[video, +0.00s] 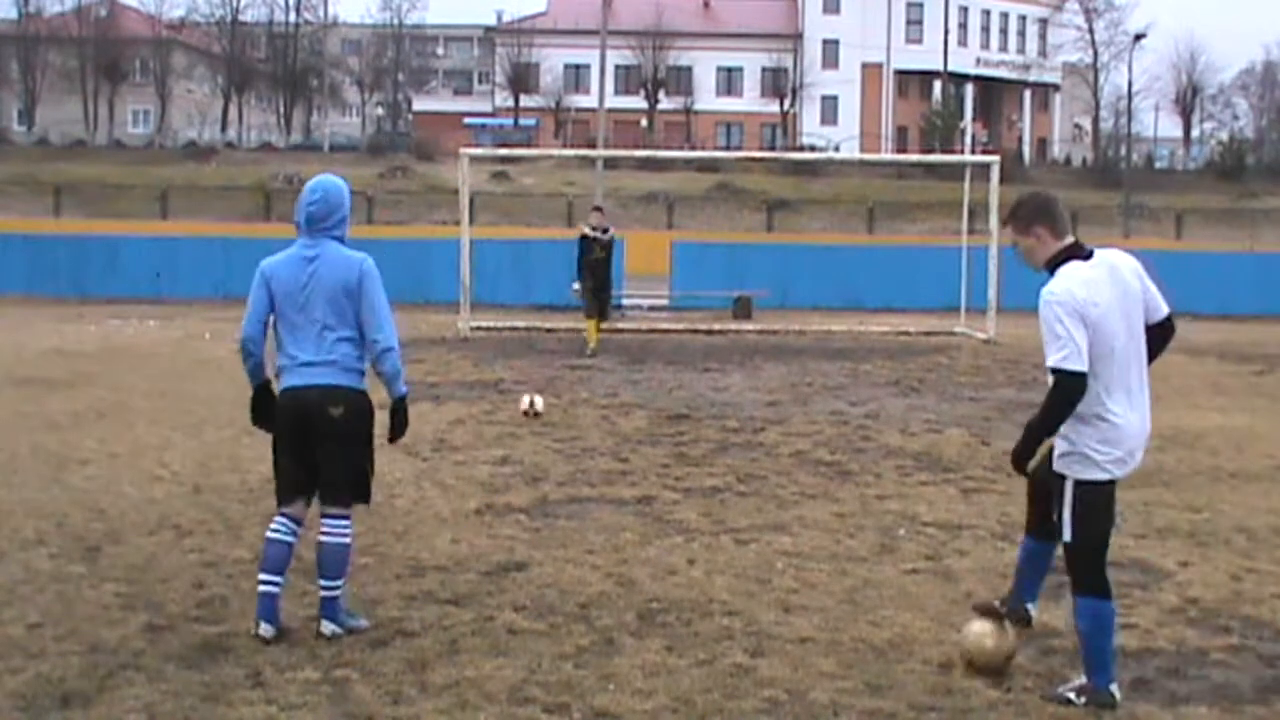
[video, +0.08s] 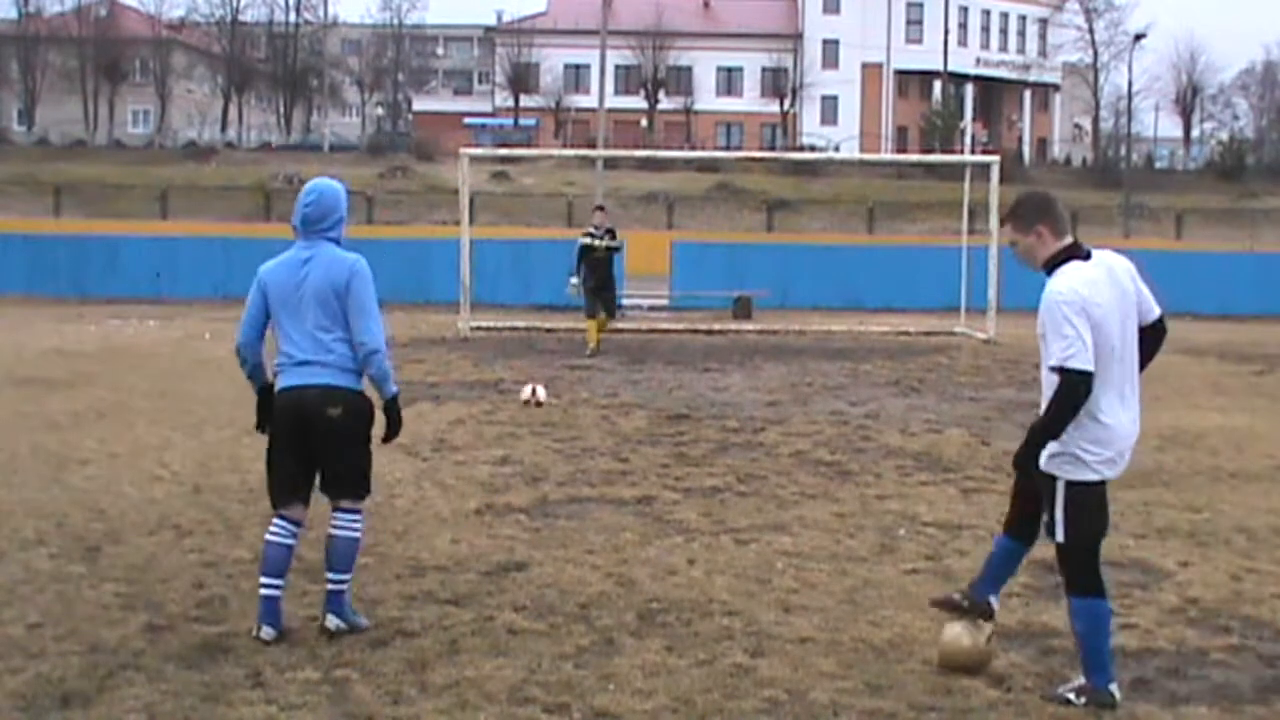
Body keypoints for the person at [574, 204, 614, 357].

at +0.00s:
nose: (595, 222)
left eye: (598, 218)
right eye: (592, 218)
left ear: (603, 220)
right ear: (589, 220)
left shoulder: (608, 238)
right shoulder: (584, 238)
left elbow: (608, 262)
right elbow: (580, 260)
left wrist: (610, 283)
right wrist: (578, 279)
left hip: (604, 281)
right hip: (588, 280)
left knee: (600, 314)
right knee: (591, 312)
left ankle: (592, 337)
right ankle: (592, 343)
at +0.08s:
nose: (599, 219)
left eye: (602, 216)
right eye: (597, 215)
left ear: (606, 218)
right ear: (592, 217)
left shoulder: (610, 234)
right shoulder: (586, 236)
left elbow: (616, 247)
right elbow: (579, 257)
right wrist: (576, 276)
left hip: (606, 279)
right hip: (590, 279)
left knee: (610, 312)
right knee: (591, 313)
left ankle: (596, 330)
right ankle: (592, 343)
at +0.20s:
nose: (603, 219)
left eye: (606, 216)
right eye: (601, 216)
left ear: (610, 218)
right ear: (596, 217)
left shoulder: (616, 234)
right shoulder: (589, 236)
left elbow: (625, 253)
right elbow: (579, 255)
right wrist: (574, 267)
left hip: (611, 277)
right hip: (594, 277)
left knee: (617, 309)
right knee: (594, 312)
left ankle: (615, 340)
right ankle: (592, 343)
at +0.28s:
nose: (608, 219)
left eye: (610, 216)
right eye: (605, 215)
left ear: (614, 217)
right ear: (600, 217)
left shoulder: (619, 234)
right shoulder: (593, 234)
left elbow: (626, 250)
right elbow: (583, 250)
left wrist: (632, 261)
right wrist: (577, 259)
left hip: (614, 277)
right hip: (597, 277)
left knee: (620, 310)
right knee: (596, 312)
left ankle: (620, 341)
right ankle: (593, 344)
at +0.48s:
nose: (622, 218)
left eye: (624, 214)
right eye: (619, 214)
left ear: (627, 217)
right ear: (614, 215)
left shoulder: (629, 235)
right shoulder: (606, 233)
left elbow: (635, 258)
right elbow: (595, 252)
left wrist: (644, 274)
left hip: (622, 275)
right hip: (606, 275)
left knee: (623, 310)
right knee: (600, 310)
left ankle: (620, 342)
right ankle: (594, 343)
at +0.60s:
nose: (626, 217)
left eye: (628, 213)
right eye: (623, 213)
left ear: (631, 215)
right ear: (618, 214)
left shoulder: (633, 233)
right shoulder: (611, 232)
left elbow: (636, 258)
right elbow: (605, 254)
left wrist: (643, 276)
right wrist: (605, 272)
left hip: (625, 274)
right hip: (609, 273)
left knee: (623, 309)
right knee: (602, 309)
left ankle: (620, 341)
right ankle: (597, 341)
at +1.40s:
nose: (620, 218)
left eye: (623, 215)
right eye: (618, 215)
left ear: (628, 216)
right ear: (614, 216)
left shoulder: (634, 233)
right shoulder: (608, 235)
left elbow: (640, 252)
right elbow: (600, 255)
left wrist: (642, 268)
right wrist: (593, 272)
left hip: (631, 273)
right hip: (615, 273)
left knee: (629, 306)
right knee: (618, 307)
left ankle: (627, 338)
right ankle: (620, 338)